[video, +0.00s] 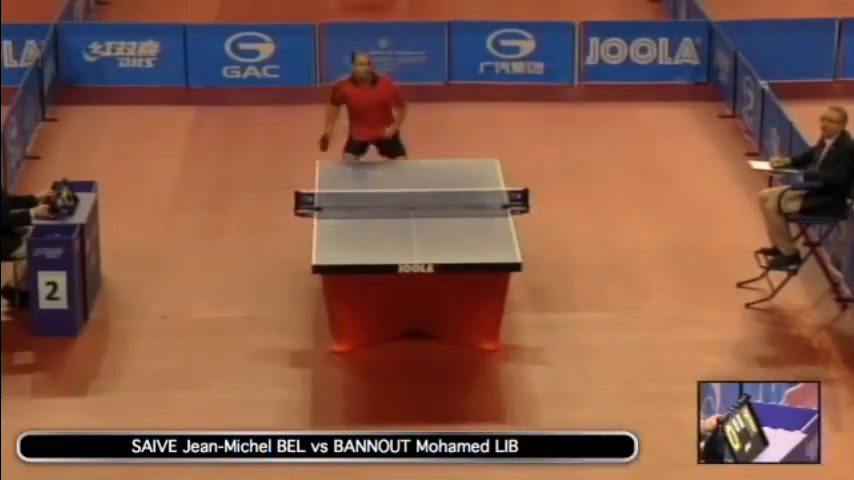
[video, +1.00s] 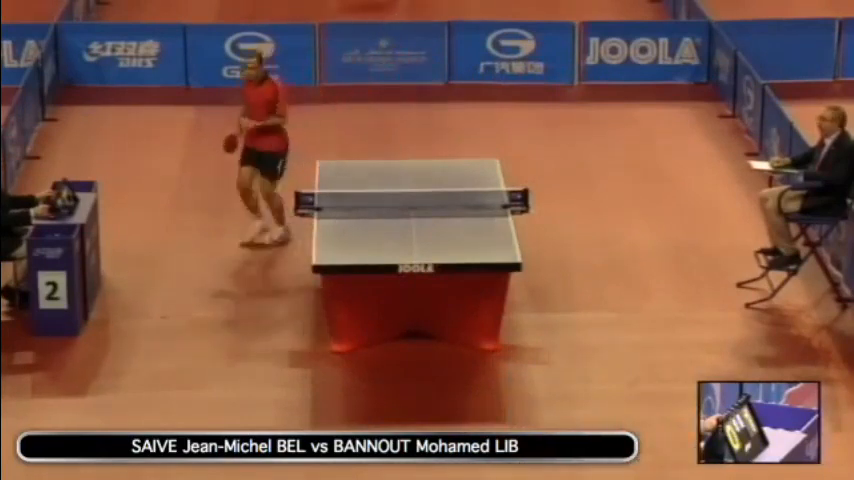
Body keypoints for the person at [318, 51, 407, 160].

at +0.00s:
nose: (364, 69)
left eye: (367, 65)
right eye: (360, 65)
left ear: (371, 66)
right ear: (354, 67)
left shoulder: (386, 85)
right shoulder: (343, 88)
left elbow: (400, 108)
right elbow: (333, 110)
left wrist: (394, 127)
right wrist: (327, 133)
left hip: (385, 133)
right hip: (358, 135)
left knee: (402, 165)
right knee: (347, 166)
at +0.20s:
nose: (363, 72)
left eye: (366, 67)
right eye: (359, 67)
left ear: (370, 69)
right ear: (353, 70)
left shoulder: (386, 88)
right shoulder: (349, 89)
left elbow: (392, 117)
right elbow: (345, 116)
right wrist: (340, 138)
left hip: (387, 135)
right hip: (361, 136)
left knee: (408, 163)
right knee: (343, 163)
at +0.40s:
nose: (329, 62)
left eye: (332, 58)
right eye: (326, 58)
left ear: (339, 60)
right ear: (322, 61)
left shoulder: (352, 81)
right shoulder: (324, 82)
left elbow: (355, 112)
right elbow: (324, 108)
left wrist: (326, 118)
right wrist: (314, 132)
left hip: (362, 133)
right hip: (339, 132)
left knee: (372, 171)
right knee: (325, 165)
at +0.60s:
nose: (299, 67)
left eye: (302, 63)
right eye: (296, 63)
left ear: (310, 64)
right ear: (294, 65)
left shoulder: (326, 81)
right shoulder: (297, 87)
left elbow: (346, 104)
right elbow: (292, 110)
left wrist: (333, 128)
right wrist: (278, 129)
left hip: (337, 133)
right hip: (318, 135)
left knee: (313, 169)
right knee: (314, 172)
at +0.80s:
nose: (278, 67)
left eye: (282, 63)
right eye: (277, 63)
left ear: (291, 64)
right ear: (274, 65)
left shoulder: (305, 84)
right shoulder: (272, 85)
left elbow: (323, 105)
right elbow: (267, 108)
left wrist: (308, 125)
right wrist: (258, 129)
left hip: (302, 136)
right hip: (282, 137)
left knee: (282, 176)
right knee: (291, 176)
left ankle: (284, 228)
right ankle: (318, 192)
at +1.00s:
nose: (249, 72)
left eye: (253, 68)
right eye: (247, 68)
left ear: (262, 69)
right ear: (246, 70)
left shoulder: (276, 88)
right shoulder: (249, 87)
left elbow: (281, 119)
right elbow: (246, 112)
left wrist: (255, 124)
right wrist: (239, 130)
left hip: (273, 145)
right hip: (253, 143)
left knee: (267, 189)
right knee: (243, 184)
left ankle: (282, 228)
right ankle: (260, 222)